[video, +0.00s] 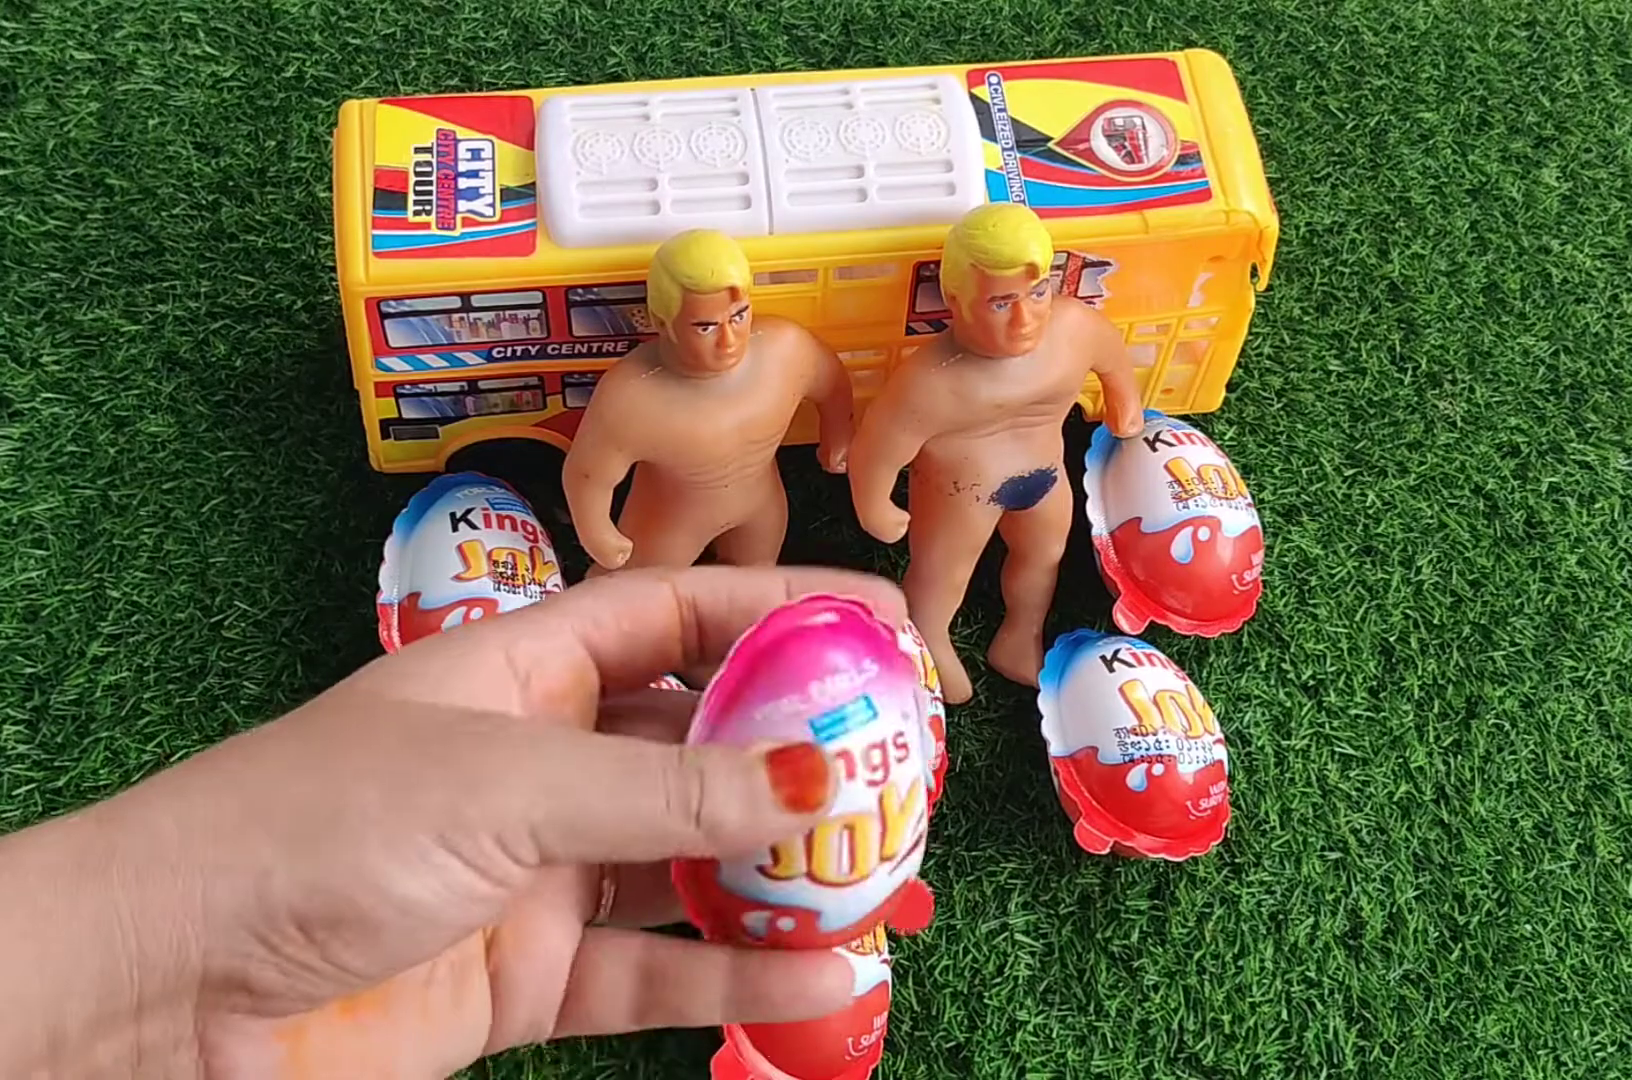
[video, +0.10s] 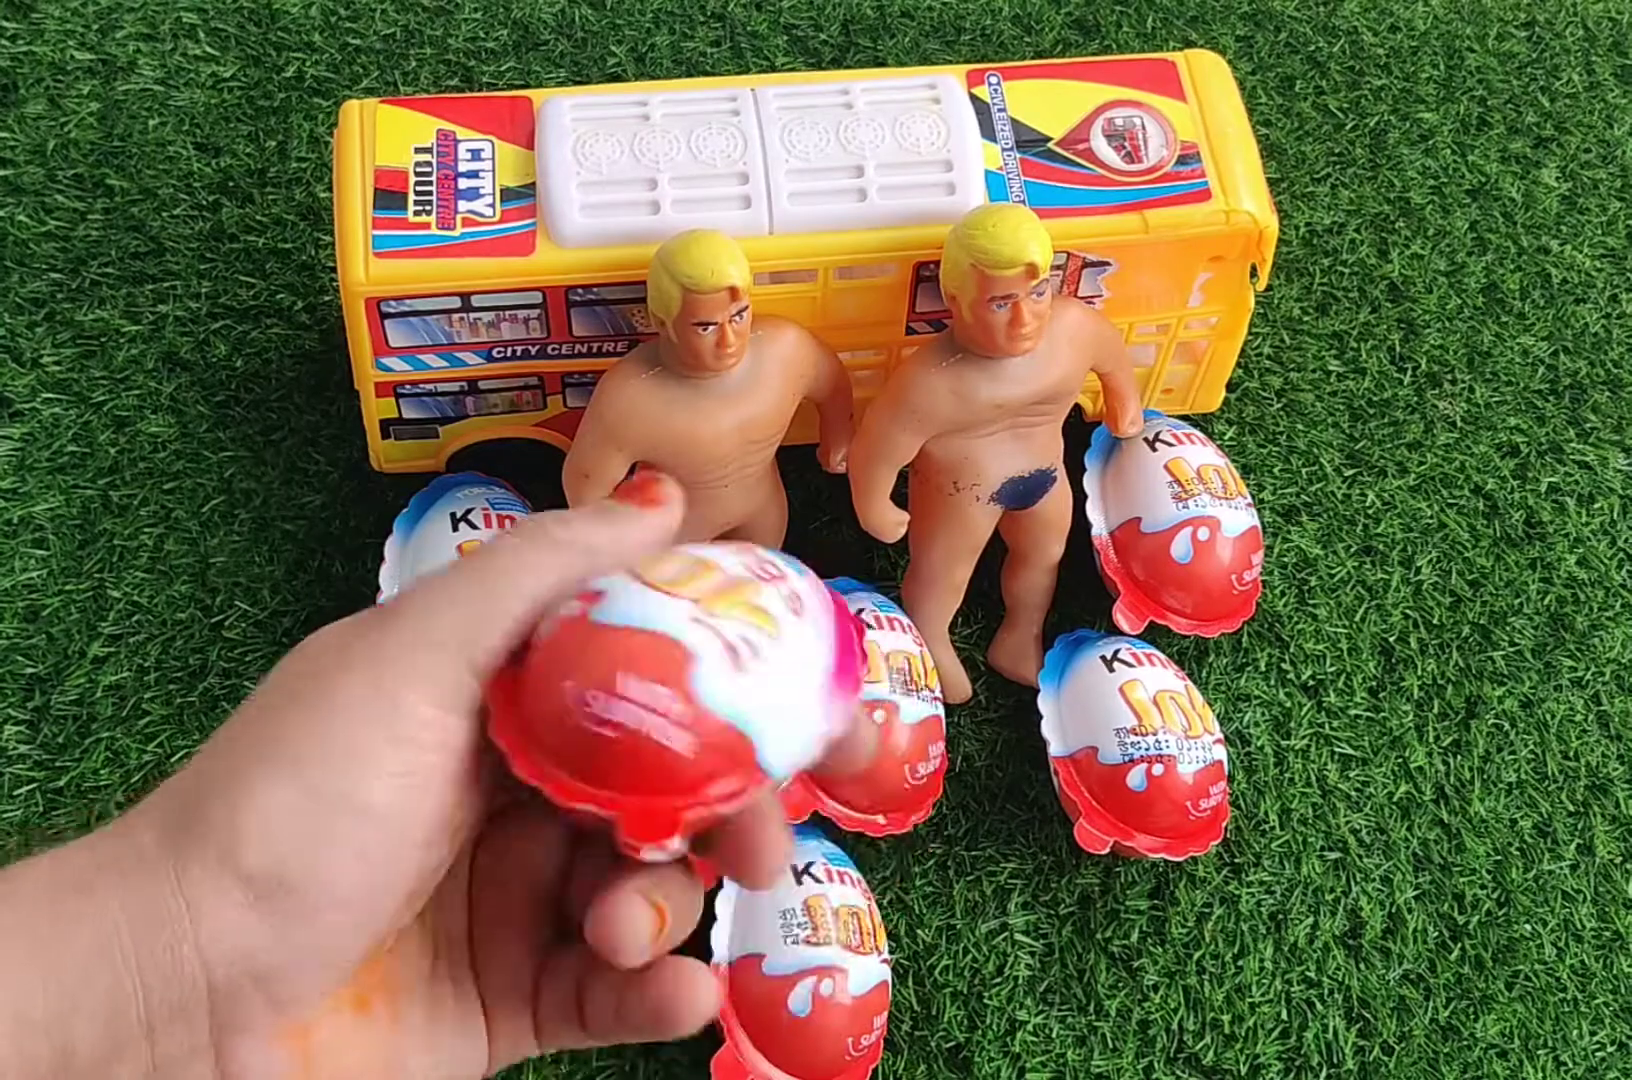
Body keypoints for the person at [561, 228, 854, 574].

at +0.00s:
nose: (729, 339)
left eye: (738, 316)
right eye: (705, 326)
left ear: (750, 303)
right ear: (662, 325)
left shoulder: (787, 350)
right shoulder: (628, 398)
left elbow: (833, 386)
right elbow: (586, 478)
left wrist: (836, 442)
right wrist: (601, 542)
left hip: (758, 502)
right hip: (670, 515)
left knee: (756, 587)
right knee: (637, 597)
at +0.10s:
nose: (728, 339)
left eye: (739, 315)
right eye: (704, 327)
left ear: (749, 300)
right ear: (664, 324)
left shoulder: (786, 350)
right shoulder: (626, 398)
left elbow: (833, 388)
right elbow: (582, 485)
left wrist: (835, 443)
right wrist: (611, 557)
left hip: (760, 524)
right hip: (675, 547)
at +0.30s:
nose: (728, 338)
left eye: (737, 316)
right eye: (705, 325)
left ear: (749, 302)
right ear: (664, 321)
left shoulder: (788, 350)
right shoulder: (628, 395)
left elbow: (834, 389)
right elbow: (584, 479)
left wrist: (836, 448)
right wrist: (604, 543)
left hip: (757, 512)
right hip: (668, 529)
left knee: (751, 622)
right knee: (690, 641)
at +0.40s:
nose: (728, 339)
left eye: (739, 316)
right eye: (705, 326)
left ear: (750, 302)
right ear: (664, 322)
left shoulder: (789, 350)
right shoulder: (628, 397)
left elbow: (833, 387)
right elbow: (586, 477)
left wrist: (837, 441)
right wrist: (597, 536)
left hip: (758, 501)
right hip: (670, 515)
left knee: (750, 580)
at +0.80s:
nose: (727, 339)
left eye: (738, 316)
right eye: (704, 325)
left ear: (750, 300)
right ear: (661, 321)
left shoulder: (786, 349)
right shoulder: (627, 394)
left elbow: (832, 387)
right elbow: (584, 477)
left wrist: (835, 440)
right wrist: (600, 543)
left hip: (766, 528)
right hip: (659, 545)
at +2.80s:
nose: (728, 340)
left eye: (738, 316)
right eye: (704, 326)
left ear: (749, 301)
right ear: (660, 321)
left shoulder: (786, 349)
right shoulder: (628, 395)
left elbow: (832, 385)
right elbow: (585, 479)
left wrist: (837, 441)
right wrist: (601, 553)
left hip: (766, 529)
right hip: (667, 546)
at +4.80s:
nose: (728, 339)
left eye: (738, 316)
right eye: (705, 326)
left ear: (749, 302)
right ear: (660, 324)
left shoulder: (787, 350)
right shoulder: (628, 398)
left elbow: (832, 387)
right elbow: (585, 478)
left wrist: (836, 442)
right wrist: (598, 536)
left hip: (759, 503)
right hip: (671, 514)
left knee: (752, 588)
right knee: (642, 598)